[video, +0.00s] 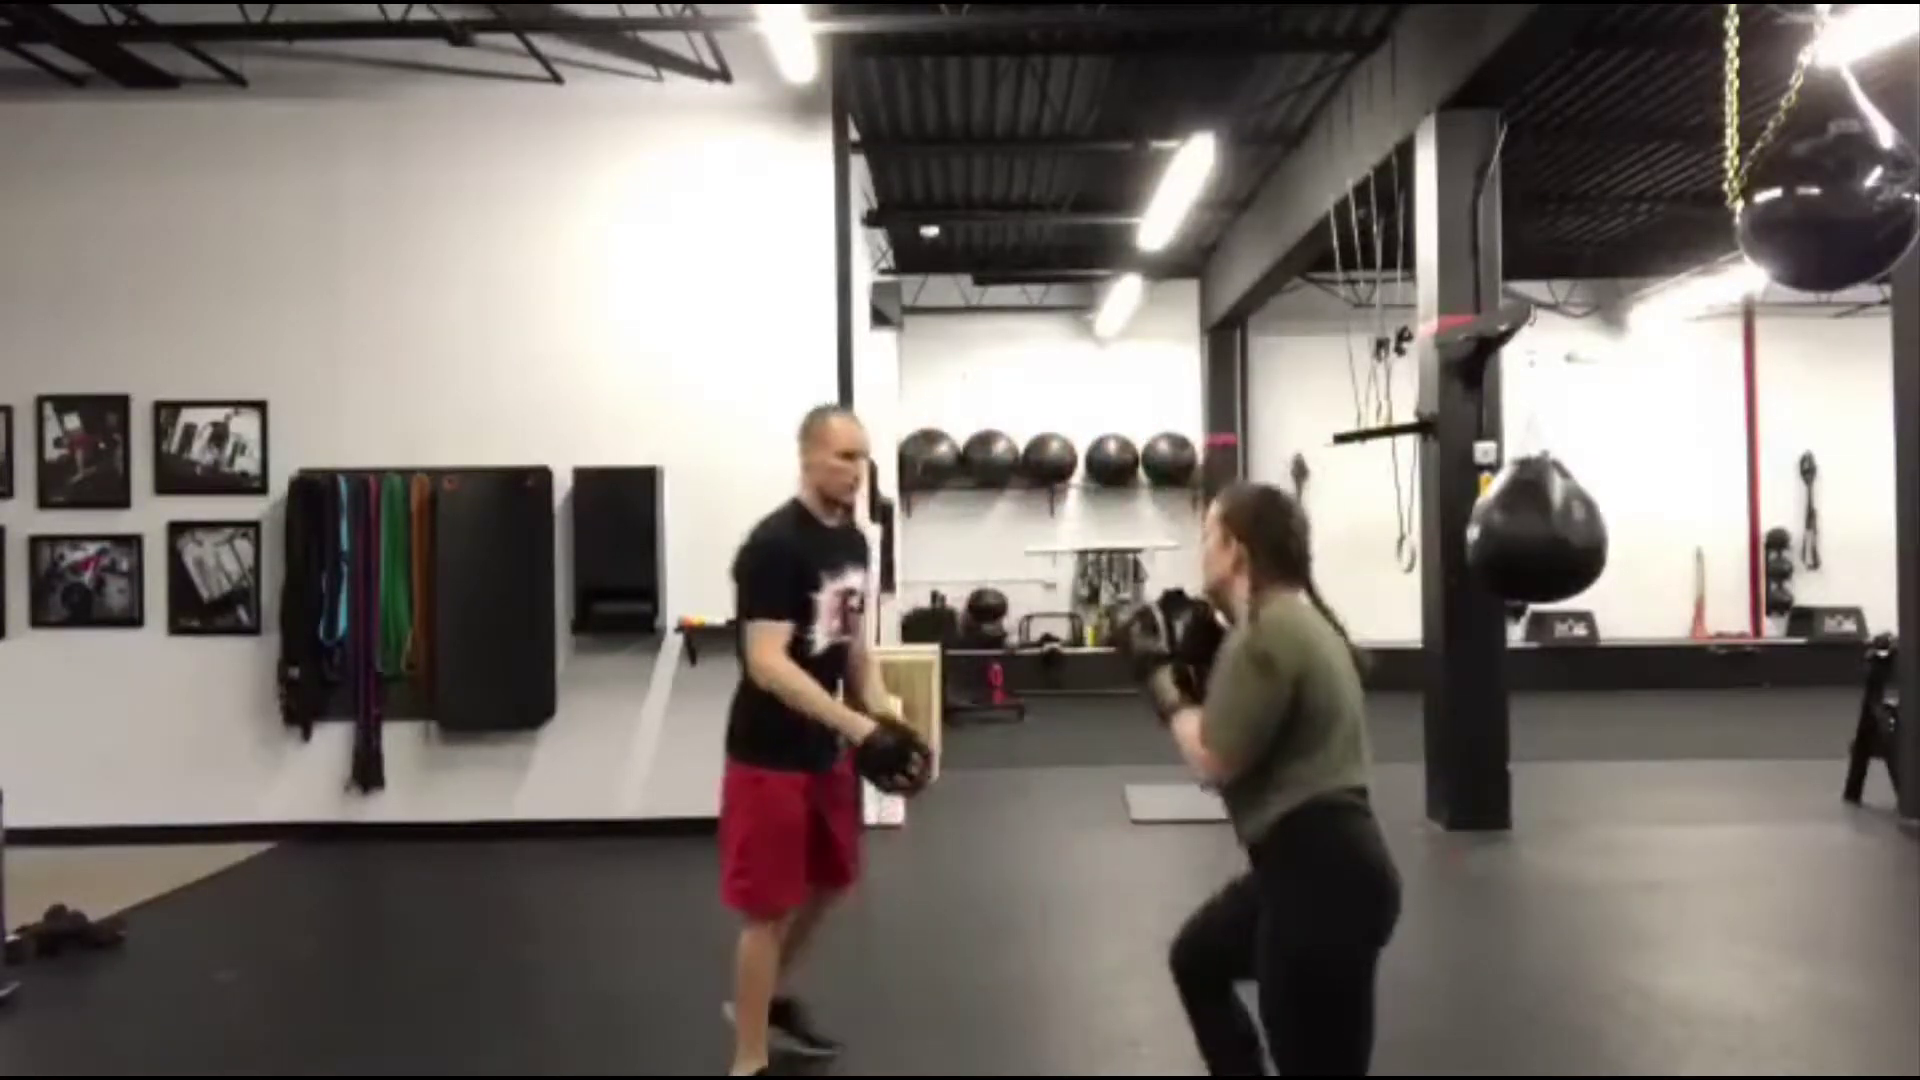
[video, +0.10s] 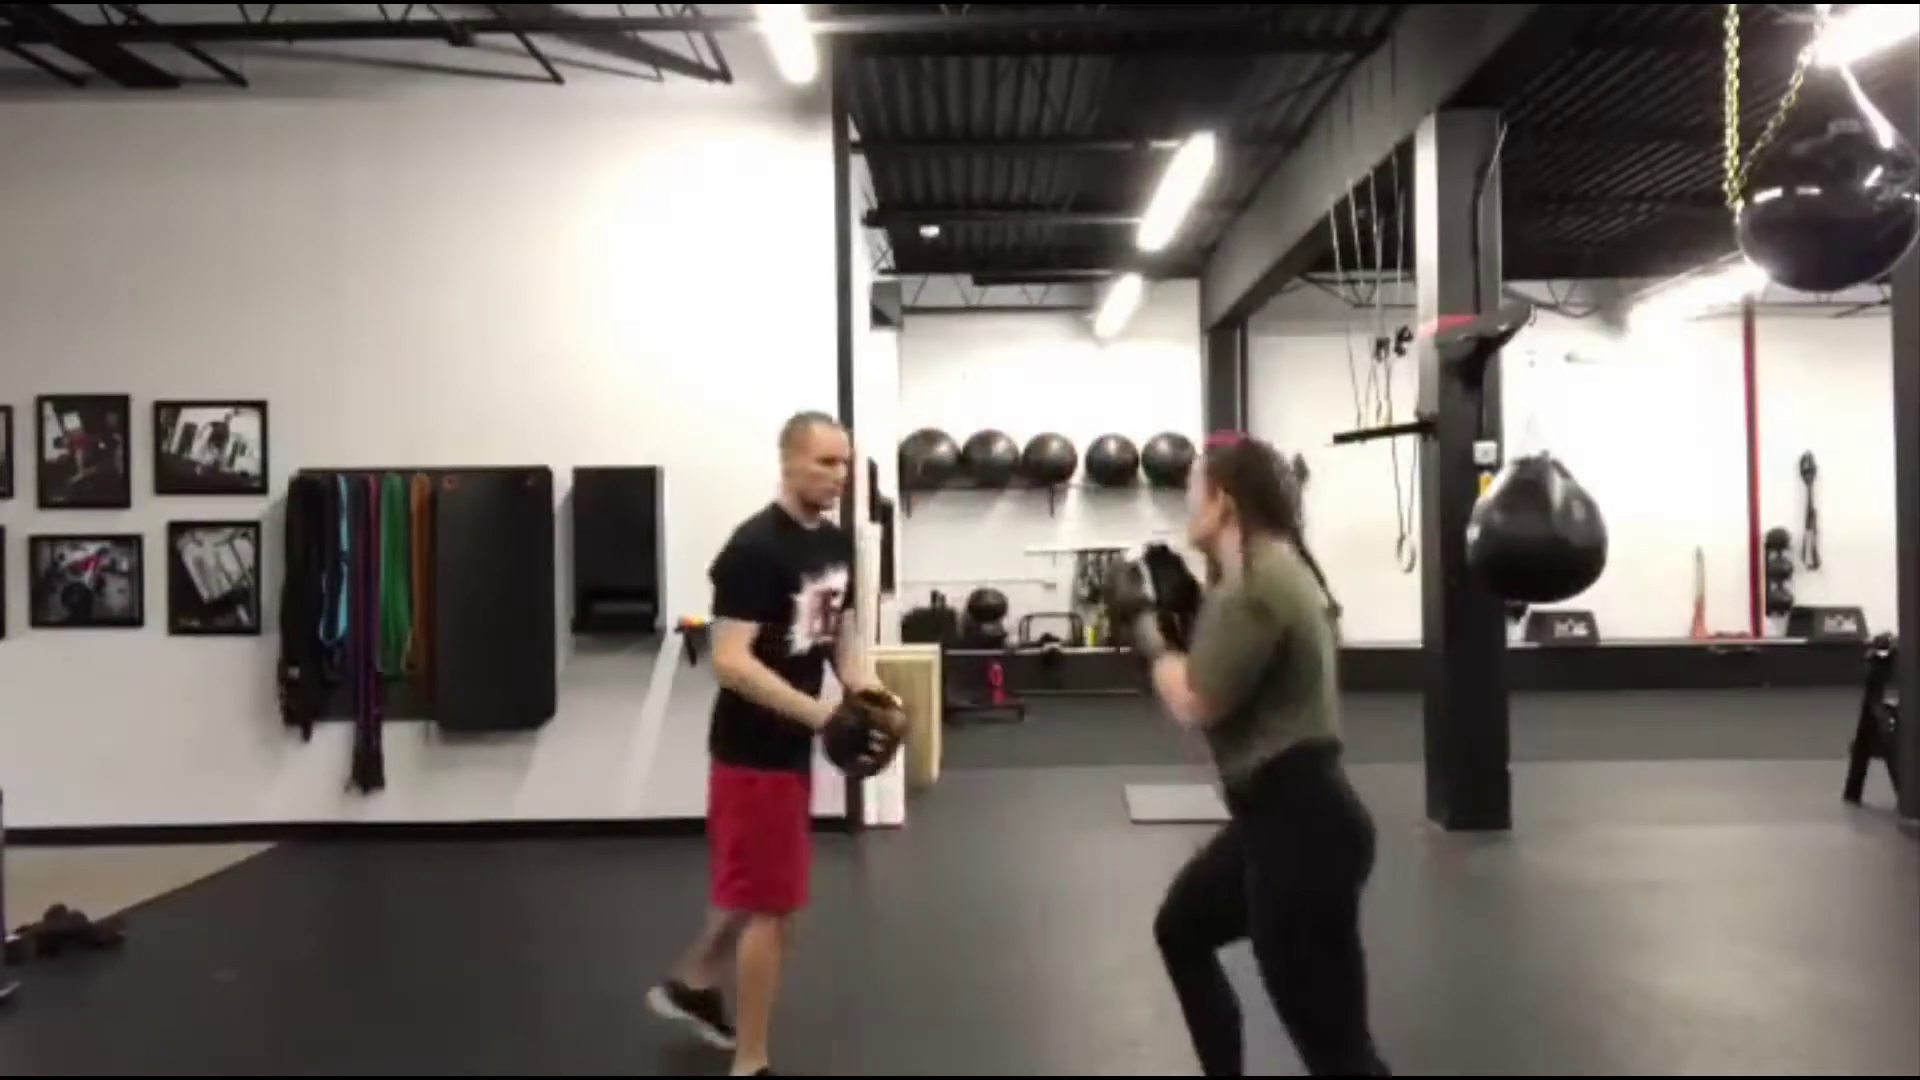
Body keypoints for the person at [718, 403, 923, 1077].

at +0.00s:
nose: (858, 470)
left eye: (863, 458)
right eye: (845, 457)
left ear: (862, 464)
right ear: (806, 459)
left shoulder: (855, 546)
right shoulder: (772, 545)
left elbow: (857, 651)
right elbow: (766, 660)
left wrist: (890, 722)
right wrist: (857, 727)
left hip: (829, 755)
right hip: (768, 759)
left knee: (828, 882)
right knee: (768, 912)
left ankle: (770, 997)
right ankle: (750, 1058)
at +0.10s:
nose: (836, 476)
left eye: (843, 464)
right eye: (823, 463)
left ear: (847, 469)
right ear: (786, 465)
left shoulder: (835, 545)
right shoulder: (753, 549)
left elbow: (845, 640)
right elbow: (730, 657)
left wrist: (867, 695)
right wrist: (822, 714)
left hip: (791, 748)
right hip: (750, 752)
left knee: (760, 885)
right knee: (768, 909)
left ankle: (692, 981)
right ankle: (750, 1061)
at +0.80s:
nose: (801, 499)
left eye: (807, 487)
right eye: (792, 484)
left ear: (800, 488)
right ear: (751, 477)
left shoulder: (770, 561)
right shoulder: (715, 557)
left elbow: (816, 648)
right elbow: (718, 660)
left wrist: (856, 607)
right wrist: (805, 615)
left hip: (713, 759)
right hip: (708, 762)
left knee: (692, 889)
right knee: (764, 906)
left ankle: (645, 1014)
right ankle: (760, 1066)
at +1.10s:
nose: (793, 502)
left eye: (798, 490)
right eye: (783, 489)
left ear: (786, 493)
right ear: (742, 487)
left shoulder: (750, 563)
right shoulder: (712, 563)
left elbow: (758, 664)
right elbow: (713, 664)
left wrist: (813, 619)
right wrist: (799, 613)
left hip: (704, 757)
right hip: (700, 761)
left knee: (691, 884)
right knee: (764, 904)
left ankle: (625, 1002)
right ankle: (761, 1066)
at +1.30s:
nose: (780, 501)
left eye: (783, 489)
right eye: (768, 488)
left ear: (767, 496)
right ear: (728, 492)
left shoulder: (740, 568)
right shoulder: (694, 568)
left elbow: (730, 671)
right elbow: (670, 674)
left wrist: (778, 641)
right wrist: (756, 638)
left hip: (693, 758)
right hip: (678, 762)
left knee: (681, 890)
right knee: (743, 904)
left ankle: (619, 1011)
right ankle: (755, 1065)